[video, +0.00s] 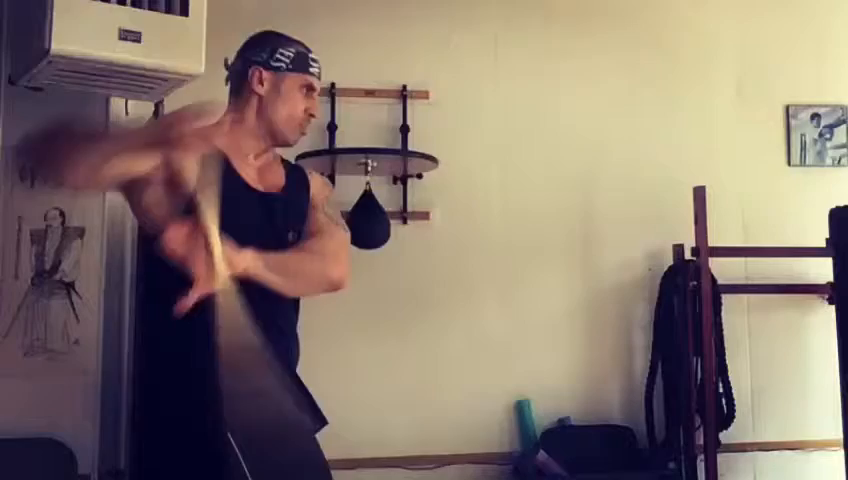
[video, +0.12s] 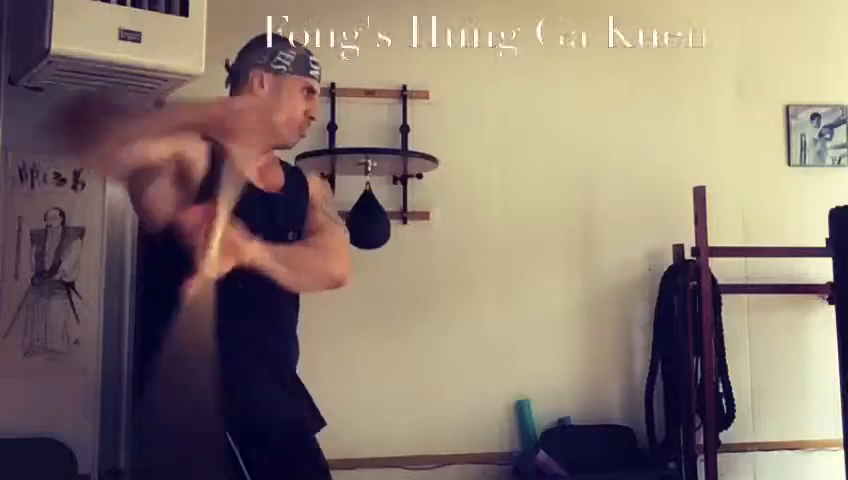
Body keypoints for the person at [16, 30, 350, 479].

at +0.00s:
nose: (315, 108)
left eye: (316, 95)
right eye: (306, 90)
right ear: (260, 80)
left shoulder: (309, 187)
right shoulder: (184, 153)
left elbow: (334, 269)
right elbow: (45, 161)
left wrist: (244, 259)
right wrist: (160, 144)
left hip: (268, 414)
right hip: (180, 409)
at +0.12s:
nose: (315, 110)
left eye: (316, 97)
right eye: (306, 91)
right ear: (260, 84)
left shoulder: (305, 187)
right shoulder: (188, 153)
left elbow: (335, 267)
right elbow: (76, 132)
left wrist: (251, 250)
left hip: (276, 418)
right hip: (185, 419)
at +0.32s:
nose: (296, 113)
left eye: (297, 102)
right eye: (289, 97)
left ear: (245, 89)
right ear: (247, 87)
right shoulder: (221, 138)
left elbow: (283, 298)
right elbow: (388, 137)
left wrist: (326, 233)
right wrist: (398, 245)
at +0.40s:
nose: (296, 114)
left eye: (297, 102)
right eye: (290, 98)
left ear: (244, 86)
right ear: (250, 83)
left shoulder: (150, 169)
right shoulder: (262, 137)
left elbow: (225, 288)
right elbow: (392, 174)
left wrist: (334, 255)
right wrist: (386, 227)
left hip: (161, 411)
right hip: (247, 412)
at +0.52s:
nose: (295, 111)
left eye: (297, 96)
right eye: (289, 91)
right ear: (247, 76)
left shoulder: (136, 170)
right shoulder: (274, 140)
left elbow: (171, 276)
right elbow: (374, 193)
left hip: (163, 406)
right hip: (258, 408)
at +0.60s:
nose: (289, 103)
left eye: (289, 88)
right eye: (282, 83)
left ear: (233, 76)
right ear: (239, 72)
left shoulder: (135, 171)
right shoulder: (268, 148)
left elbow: (207, 272)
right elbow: (366, 242)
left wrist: (304, 248)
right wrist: (380, 228)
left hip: (165, 410)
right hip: (263, 412)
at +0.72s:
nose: (287, 95)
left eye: (286, 79)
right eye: (278, 74)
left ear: (231, 70)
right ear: (233, 68)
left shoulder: (141, 172)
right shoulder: (261, 158)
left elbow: (240, 264)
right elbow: (338, 279)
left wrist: (340, 236)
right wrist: (374, 249)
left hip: (168, 410)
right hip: (263, 415)